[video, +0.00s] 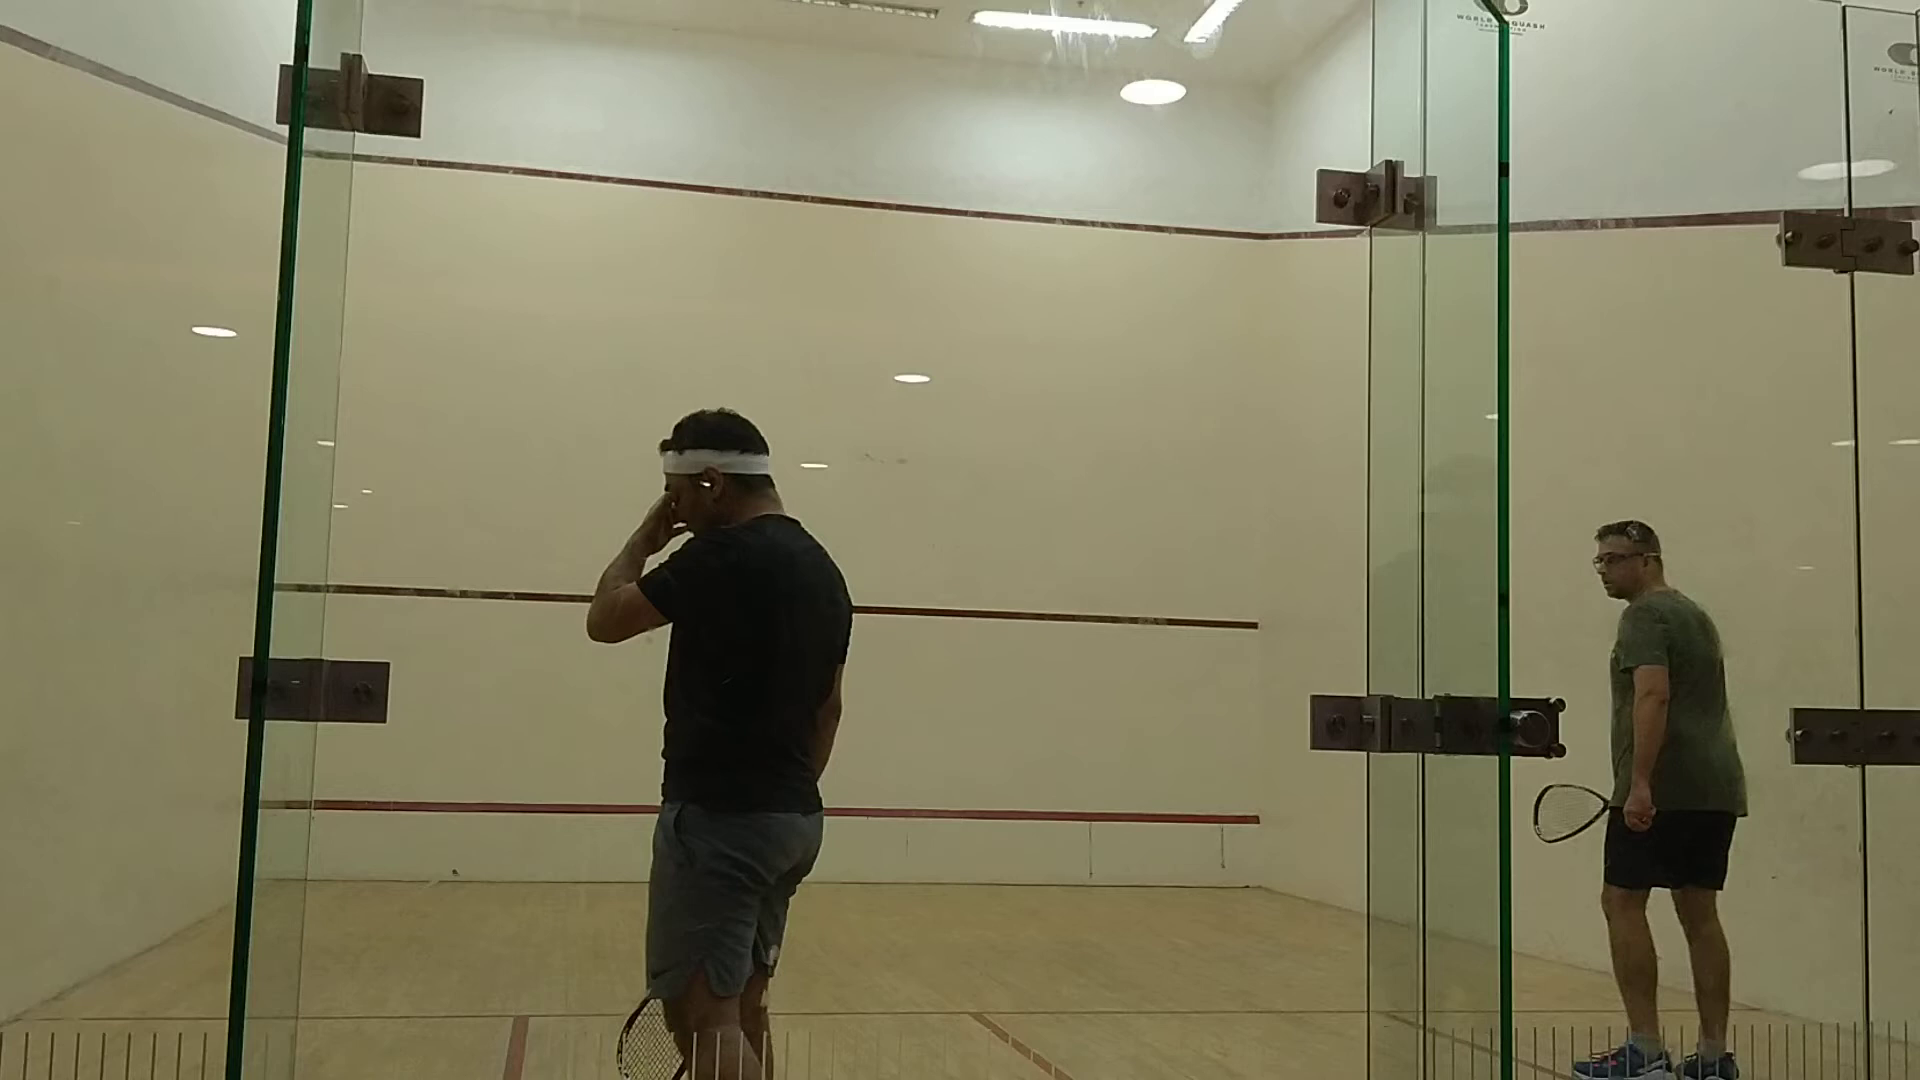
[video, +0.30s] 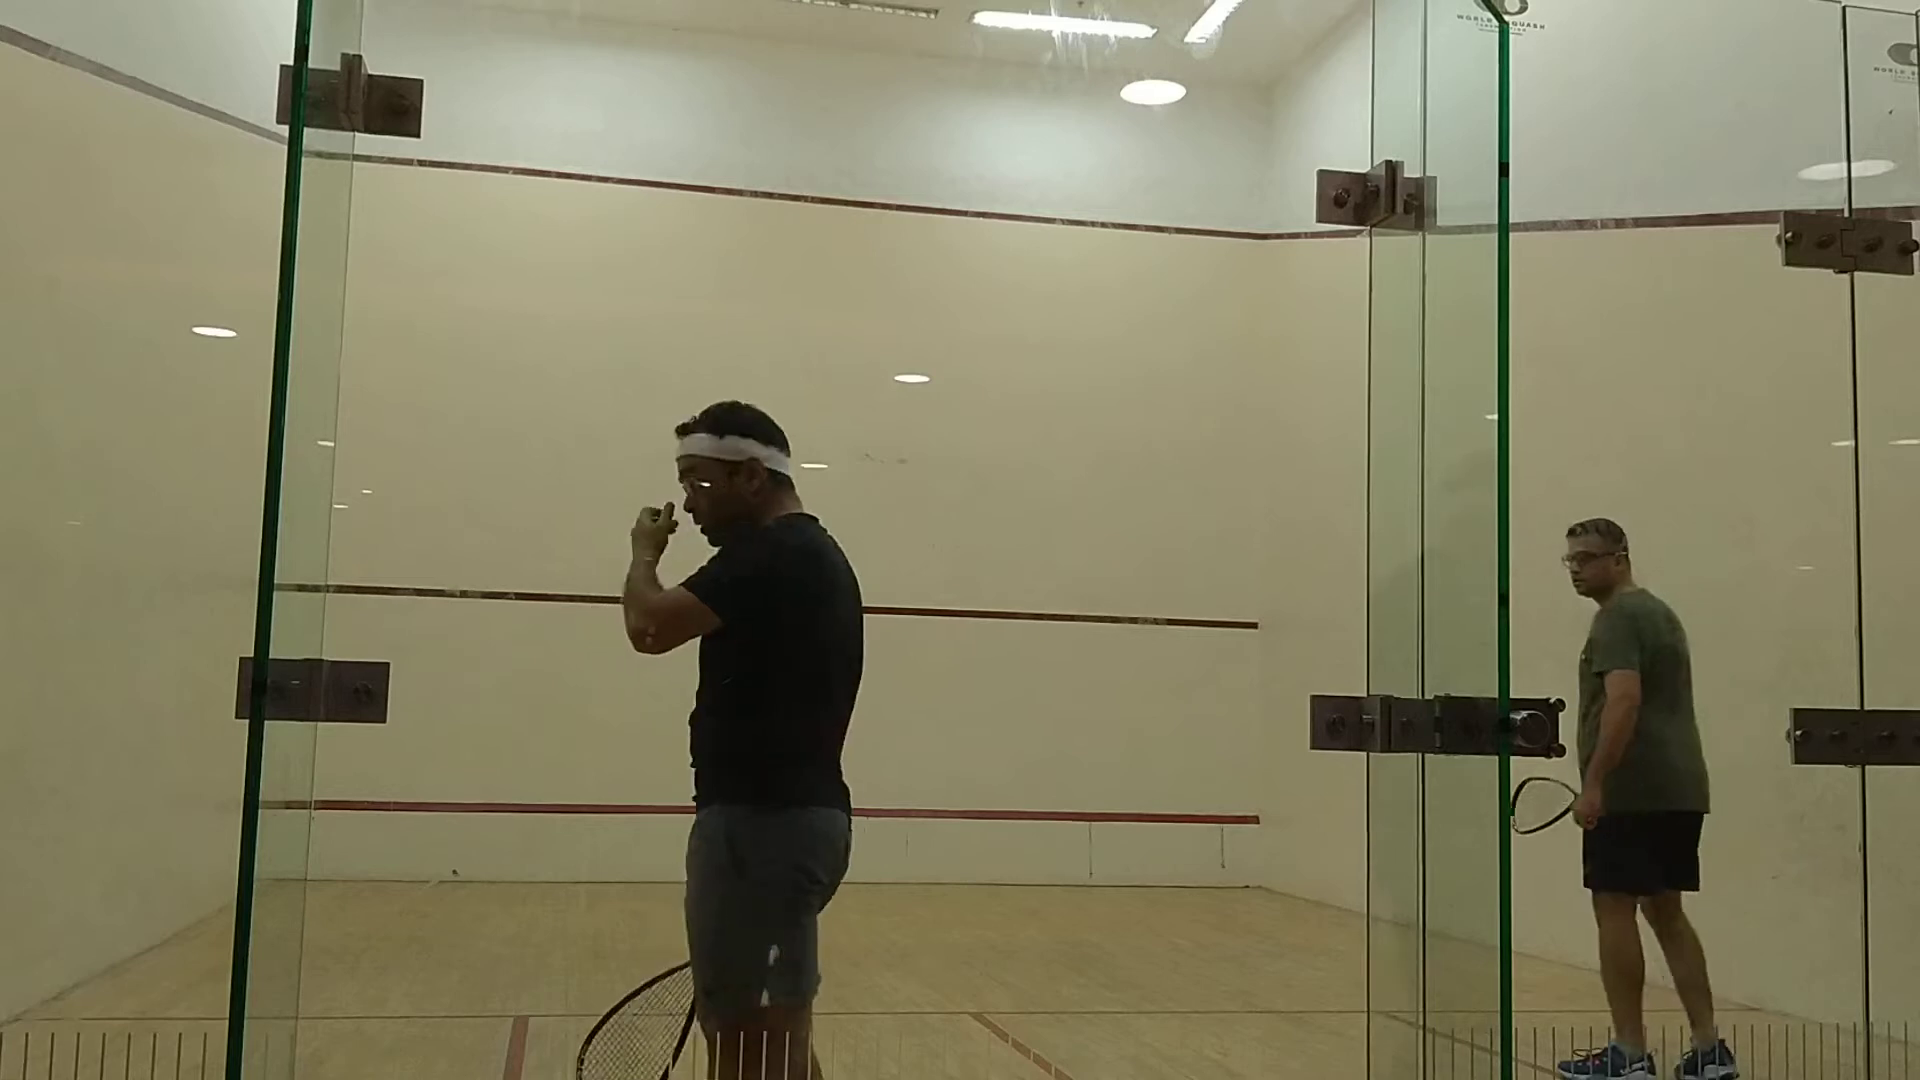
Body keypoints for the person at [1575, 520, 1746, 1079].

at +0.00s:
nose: (1601, 570)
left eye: (1611, 561)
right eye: (1599, 562)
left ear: (1646, 560)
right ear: (1648, 567)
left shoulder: (1644, 614)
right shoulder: (1692, 614)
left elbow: (1653, 697)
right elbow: (1702, 710)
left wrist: (1639, 782)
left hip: (1657, 793)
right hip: (1711, 793)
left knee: (1621, 901)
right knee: (1699, 910)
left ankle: (1644, 1047)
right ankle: (1714, 1053)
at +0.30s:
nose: (1574, 569)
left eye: (1585, 559)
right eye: (1570, 561)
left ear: (1618, 559)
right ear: (1623, 566)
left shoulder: (1619, 616)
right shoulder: (1656, 613)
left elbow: (1623, 702)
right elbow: (1662, 707)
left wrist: (1593, 780)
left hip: (1628, 794)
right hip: (1675, 793)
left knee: (1613, 909)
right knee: (1666, 910)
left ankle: (1629, 1051)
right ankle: (1708, 1049)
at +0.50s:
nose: (1548, 570)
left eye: (1557, 560)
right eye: (1546, 562)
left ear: (1593, 560)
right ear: (1598, 565)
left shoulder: (1599, 618)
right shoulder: (1640, 612)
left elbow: (1591, 700)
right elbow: (1648, 702)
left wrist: (1556, 724)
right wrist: (1572, 733)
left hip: (1611, 797)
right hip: (1656, 791)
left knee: (1609, 911)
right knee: (1638, 903)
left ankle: (1629, 1052)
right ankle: (1684, 1033)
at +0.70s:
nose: (1527, 587)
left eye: (1531, 574)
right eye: (1524, 577)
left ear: (1562, 563)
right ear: (1572, 562)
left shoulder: (1578, 624)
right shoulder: (1635, 613)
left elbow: (1540, 712)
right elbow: (1657, 698)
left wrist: (1475, 672)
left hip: (1607, 799)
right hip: (1656, 792)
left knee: (1616, 917)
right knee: (1643, 909)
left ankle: (1627, 1050)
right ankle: (1658, 1045)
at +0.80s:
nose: (1525, 593)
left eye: (1525, 580)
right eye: (1521, 583)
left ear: (1551, 567)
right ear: (1569, 563)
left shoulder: (1568, 626)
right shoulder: (1632, 612)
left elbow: (1536, 721)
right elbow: (1657, 700)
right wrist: (1575, 726)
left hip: (1606, 798)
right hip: (1660, 792)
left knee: (1617, 916)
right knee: (1646, 909)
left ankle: (1628, 1051)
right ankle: (1662, 1042)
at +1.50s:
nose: (1531, 604)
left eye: (1530, 592)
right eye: (1527, 594)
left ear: (1550, 580)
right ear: (1575, 575)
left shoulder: (1557, 623)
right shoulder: (1636, 619)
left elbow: (1538, 711)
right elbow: (1644, 708)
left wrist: (1554, 744)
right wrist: (1573, 740)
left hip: (1610, 796)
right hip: (1672, 790)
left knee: (1621, 917)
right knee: (1659, 914)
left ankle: (1629, 1052)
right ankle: (1670, 1050)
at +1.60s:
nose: (1531, 597)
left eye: (1533, 585)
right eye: (1528, 588)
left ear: (1558, 574)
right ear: (1578, 572)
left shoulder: (1553, 624)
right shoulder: (1644, 620)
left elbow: (1526, 715)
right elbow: (1676, 710)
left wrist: (1558, 742)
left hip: (1604, 796)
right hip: (1670, 791)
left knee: (1616, 916)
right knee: (1660, 912)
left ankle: (1629, 1052)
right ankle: (1670, 1049)